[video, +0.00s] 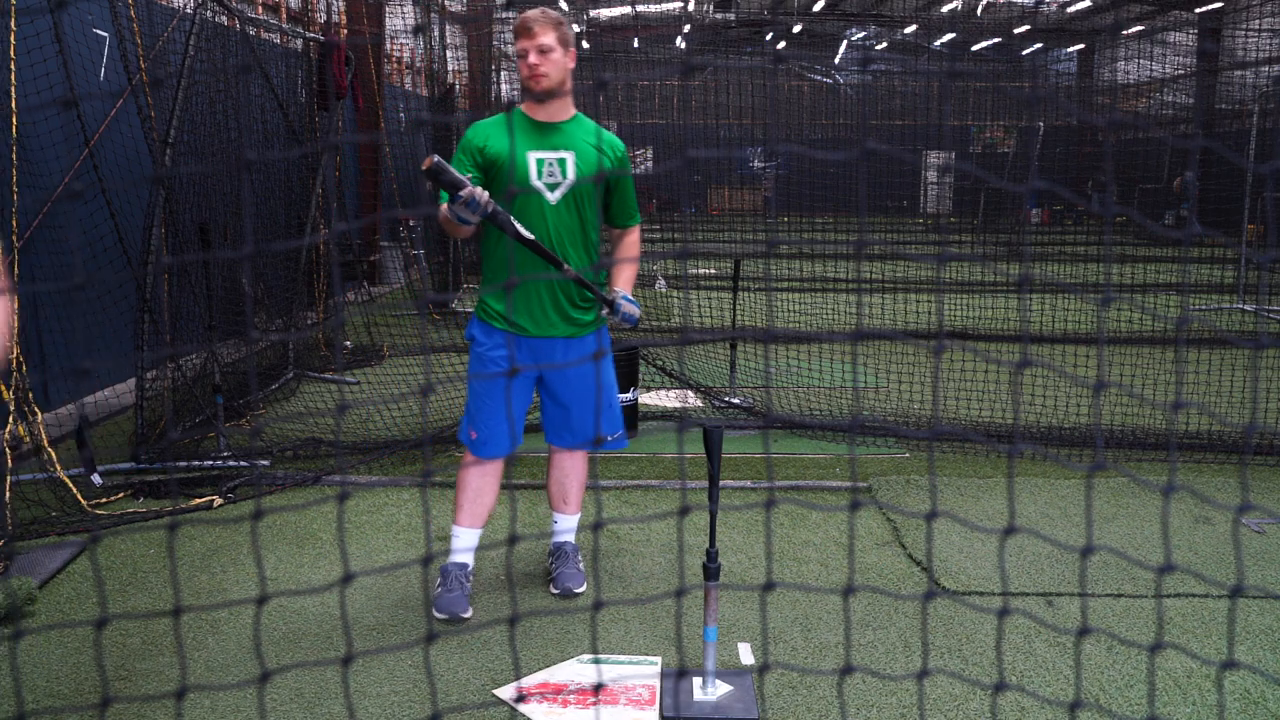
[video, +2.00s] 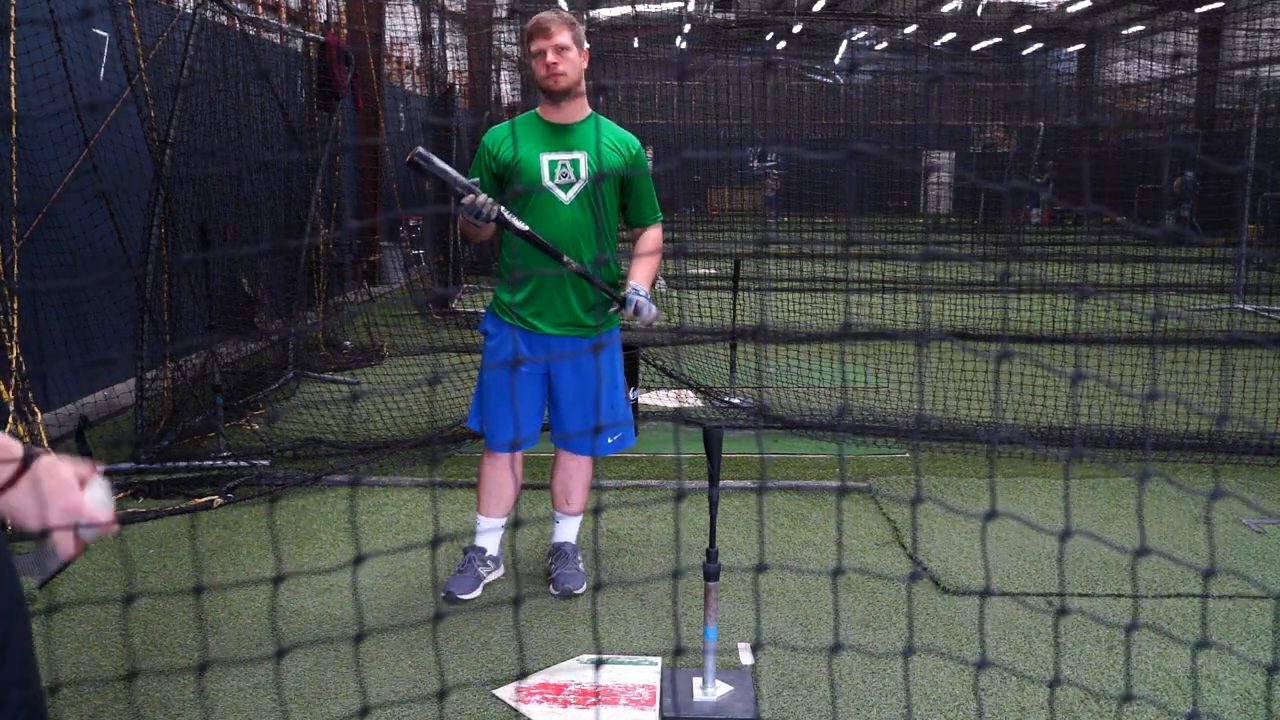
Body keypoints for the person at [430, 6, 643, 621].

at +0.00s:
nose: (533, 62)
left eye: (545, 51)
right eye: (523, 54)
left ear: (572, 58)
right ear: (516, 64)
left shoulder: (605, 148)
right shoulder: (485, 137)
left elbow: (628, 231)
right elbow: (453, 226)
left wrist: (621, 291)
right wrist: (465, 212)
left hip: (577, 323)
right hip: (500, 321)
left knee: (573, 438)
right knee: (483, 443)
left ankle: (565, 548)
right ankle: (458, 564)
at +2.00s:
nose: (551, 60)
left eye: (562, 49)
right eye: (540, 53)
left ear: (585, 57)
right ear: (529, 66)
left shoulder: (622, 148)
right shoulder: (500, 143)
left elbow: (648, 229)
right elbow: (477, 233)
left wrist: (638, 285)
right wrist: (477, 214)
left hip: (589, 322)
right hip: (515, 319)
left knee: (578, 437)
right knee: (501, 437)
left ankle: (566, 546)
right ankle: (486, 551)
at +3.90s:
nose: (572, 59)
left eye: (580, 49)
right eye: (559, 51)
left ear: (594, 58)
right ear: (539, 64)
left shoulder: (623, 148)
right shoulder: (504, 142)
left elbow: (653, 225)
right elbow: (481, 233)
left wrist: (636, 276)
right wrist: (477, 183)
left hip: (592, 320)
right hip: (517, 319)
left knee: (579, 440)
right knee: (503, 440)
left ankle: (566, 547)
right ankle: (487, 550)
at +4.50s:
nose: (582, 64)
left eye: (586, 53)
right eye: (568, 54)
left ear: (595, 59)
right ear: (537, 64)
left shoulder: (620, 150)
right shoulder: (499, 133)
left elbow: (653, 227)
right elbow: (465, 206)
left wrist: (624, 288)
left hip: (583, 324)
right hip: (507, 320)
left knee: (574, 441)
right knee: (492, 442)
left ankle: (566, 546)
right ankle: (484, 549)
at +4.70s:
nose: (577, 73)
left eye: (582, 61)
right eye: (563, 64)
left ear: (590, 61)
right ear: (532, 68)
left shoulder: (612, 149)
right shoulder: (496, 132)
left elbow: (646, 226)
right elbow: (460, 206)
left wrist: (617, 286)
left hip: (576, 323)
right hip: (498, 320)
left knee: (572, 440)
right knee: (477, 439)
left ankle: (565, 547)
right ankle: (462, 548)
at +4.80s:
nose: (561, 80)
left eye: (569, 67)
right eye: (547, 70)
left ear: (579, 65)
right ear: (518, 71)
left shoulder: (602, 147)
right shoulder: (484, 136)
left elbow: (637, 224)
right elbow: (450, 215)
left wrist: (614, 277)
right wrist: (452, 284)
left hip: (570, 318)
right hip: (492, 317)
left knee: (571, 433)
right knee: (468, 434)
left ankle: (565, 545)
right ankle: (441, 545)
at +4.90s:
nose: (552, 83)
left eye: (560, 70)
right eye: (538, 72)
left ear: (572, 69)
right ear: (514, 73)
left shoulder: (596, 147)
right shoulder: (480, 146)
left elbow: (631, 224)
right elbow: (452, 221)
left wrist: (610, 276)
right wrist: (473, 279)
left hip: (570, 323)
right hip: (493, 321)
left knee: (570, 433)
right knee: (465, 436)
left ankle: (565, 543)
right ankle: (435, 547)